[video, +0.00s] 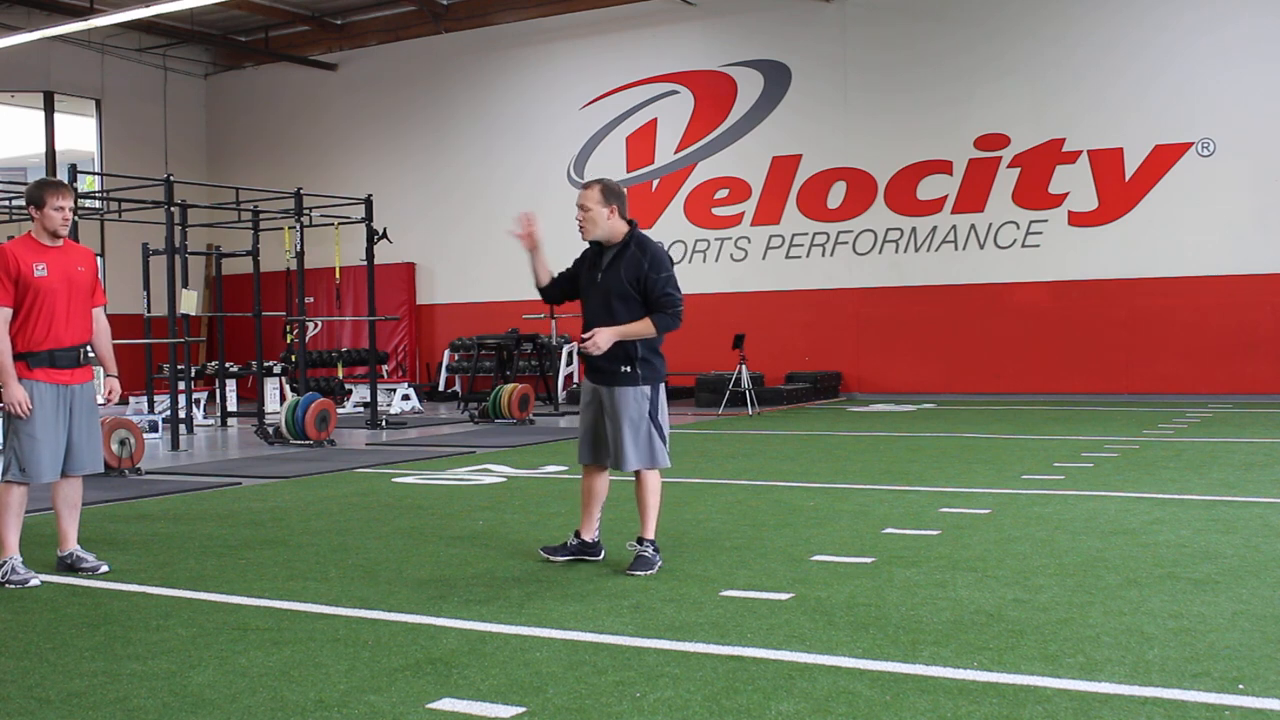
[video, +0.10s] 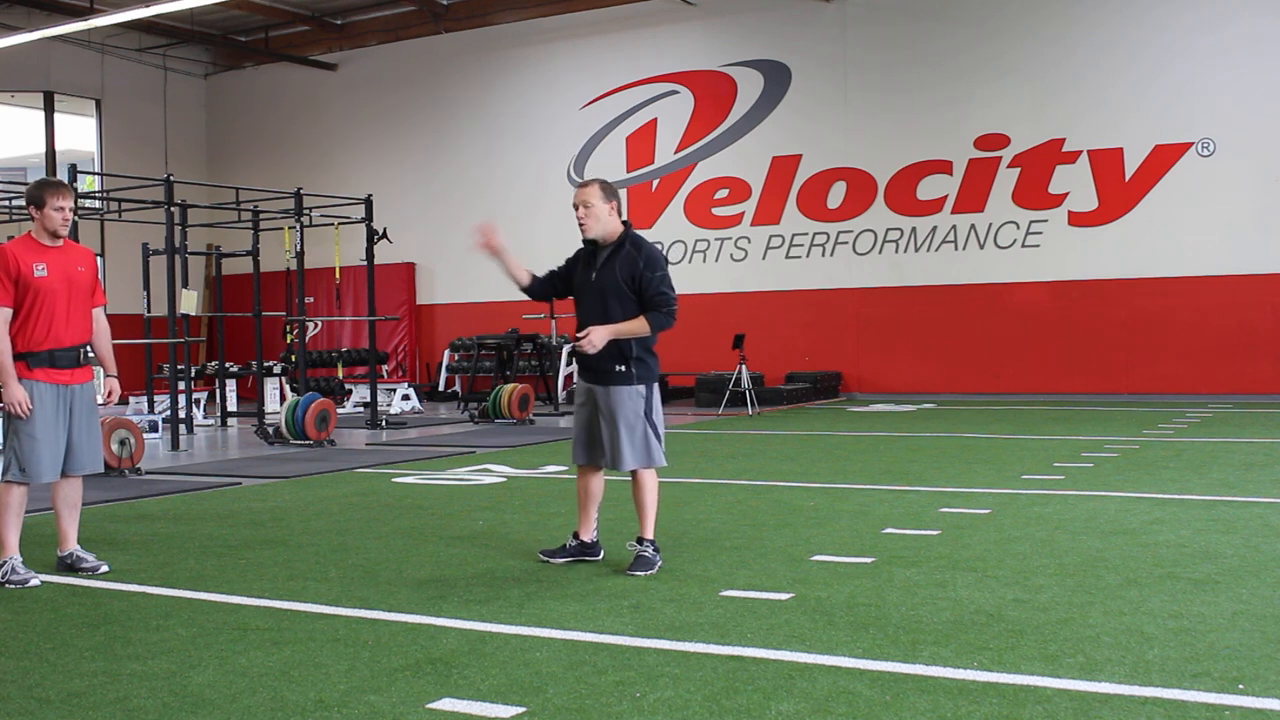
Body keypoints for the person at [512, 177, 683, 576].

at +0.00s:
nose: (578, 217)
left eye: (585, 210)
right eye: (578, 210)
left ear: (612, 213)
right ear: (600, 214)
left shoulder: (649, 254)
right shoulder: (591, 257)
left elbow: (670, 317)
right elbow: (552, 293)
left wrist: (614, 333)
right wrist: (534, 249)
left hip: (638, 380)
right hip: (596, 376)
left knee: (644, 461)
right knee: (594, 459)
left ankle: (647, 545)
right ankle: (587, 540)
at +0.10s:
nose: (579, 215)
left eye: (586, 207)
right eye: (576, 209)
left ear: (613, 208)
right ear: (578, 214)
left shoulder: (643, 255)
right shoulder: (584, 259)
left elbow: (664, 316)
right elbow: (539, 289)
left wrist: (609, 331)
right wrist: (501, 253)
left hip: (631, 380)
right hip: (590, 378)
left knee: (641, 462)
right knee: (589, 460)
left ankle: (647, 545)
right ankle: (586, 540)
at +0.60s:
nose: (547, 213)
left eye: (555, 205)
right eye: (543, 208)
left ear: (578, 209)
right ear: (541, 215)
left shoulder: (604, 257)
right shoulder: (543, 260)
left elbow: (620, 317)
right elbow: (497, 286)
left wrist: (566, 328)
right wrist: (444, 271)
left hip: (583, 371)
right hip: (549, 372)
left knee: (584, 450)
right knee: (563, 456)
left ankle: (614, 536)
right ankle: (583, 540)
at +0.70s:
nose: (540, 213)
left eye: (547, 205)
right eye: (535, 209)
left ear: (571, 209)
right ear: (534, 216)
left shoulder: (595, 256)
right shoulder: (539, 260)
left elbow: (610, 316)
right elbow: (492, 288)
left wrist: (555, 327)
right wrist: (441, 273)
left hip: (576, 369)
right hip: (548, 371)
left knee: (567, 452)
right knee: (564, 453)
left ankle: (584, 540)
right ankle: (583, 538)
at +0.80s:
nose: (530, 215)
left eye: (538, 207)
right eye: (526, 210)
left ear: (562, 210)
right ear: (527, 216)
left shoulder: (585, 255)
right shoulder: (534, 261)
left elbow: (599, 315)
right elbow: (489, 289)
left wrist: (543, 327)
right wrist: (437, 274)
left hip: (567, 369)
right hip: (548, 369)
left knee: (548, 452)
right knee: (567, 454)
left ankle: (547, 543)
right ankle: (586, 540)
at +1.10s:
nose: (496, 220)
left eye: (502, 212)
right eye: (496, 212)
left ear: (526, 214)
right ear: (524, 215)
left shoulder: (547, 255)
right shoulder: (526, 255)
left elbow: (555, 322)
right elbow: (481, 294)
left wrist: (502, 331)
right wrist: (428, 282)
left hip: (534, 375)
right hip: (535, 373)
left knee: (517, 457)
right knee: (547, 456)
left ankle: (516, 545)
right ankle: (581, 536)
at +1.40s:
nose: (468, 225)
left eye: (472, 218)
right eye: (468, 218)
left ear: (494, 218)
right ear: (494, 218)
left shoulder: (519, 256)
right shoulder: (504, 254)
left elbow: (512, 324)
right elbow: (471, 296)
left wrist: (460, 325)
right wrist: (432, 265)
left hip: (515, 378)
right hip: (497, 375)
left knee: (506, 459)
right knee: (486, 448)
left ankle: (514, 546)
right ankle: (534, 511)